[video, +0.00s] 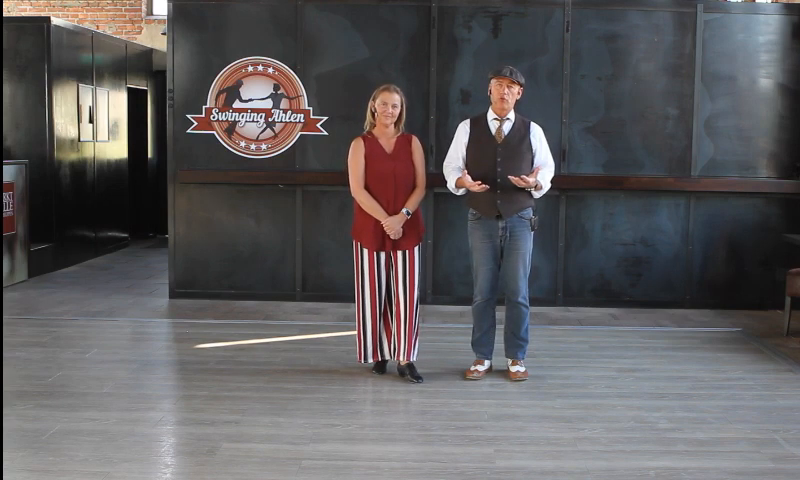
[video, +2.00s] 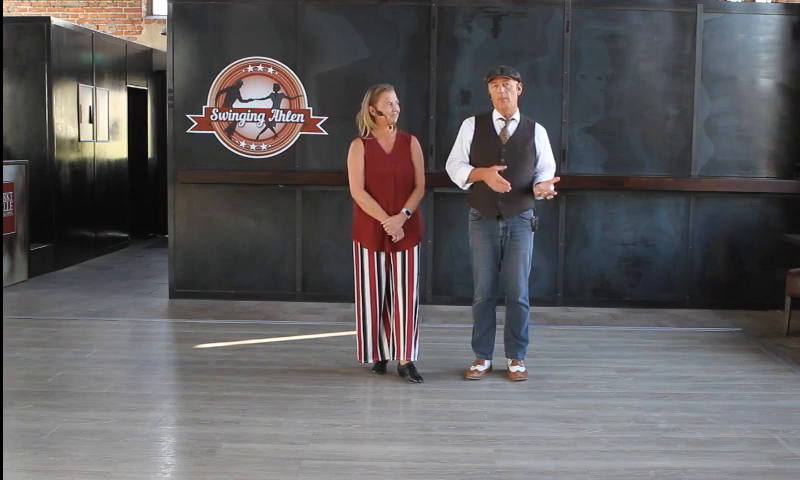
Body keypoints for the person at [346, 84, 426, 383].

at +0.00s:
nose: (389, 110)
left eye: (394, 105)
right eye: (384, 104)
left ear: (401, 110)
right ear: (374, 107)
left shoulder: (412, 143)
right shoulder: (360, 144)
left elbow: (421, 186)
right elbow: (357, 189)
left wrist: (401, 216)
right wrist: (388, 220)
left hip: (406, 231)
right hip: (371, 231)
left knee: (407, 296)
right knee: (373, 295)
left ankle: (405, 359)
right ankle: (379, 356)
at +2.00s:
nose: (395, 108)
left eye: (396, 104)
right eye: (388, 105)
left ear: (399, 107)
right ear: (373, 110)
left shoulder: (411, 143)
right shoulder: (360, 145)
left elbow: (420, 187)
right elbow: (357, 191)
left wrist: (402, 216)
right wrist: (389, 221)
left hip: (405, 231)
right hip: (371, 232)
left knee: (406, 296)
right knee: (374, 295)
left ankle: (406, 359)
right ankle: (379, 356)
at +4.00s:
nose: (391, 107)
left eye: (392, 101)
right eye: (384, 104)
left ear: (397, 106)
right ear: (370, 112)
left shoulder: (411, 142)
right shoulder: (359, 146)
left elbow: (421, 186)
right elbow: (356, 191)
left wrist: (404, 216)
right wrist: (388, 221)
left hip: (406, 231)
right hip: (371, 232)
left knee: (407, 295)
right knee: (374, 295)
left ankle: (406, 359)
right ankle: (379, 355)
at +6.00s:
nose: (388, 106)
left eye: (391, 101)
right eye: (381, 103)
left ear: (397, 105)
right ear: (370, 109)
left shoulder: (412, 141)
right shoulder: (359, 146)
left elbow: (422, 185)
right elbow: (355, 191)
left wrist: (401, 215)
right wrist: (385, 221)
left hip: (406, 229)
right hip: (371, 230)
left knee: (404, 293)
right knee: (373, 293)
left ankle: (397, 355)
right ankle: (377, 355)